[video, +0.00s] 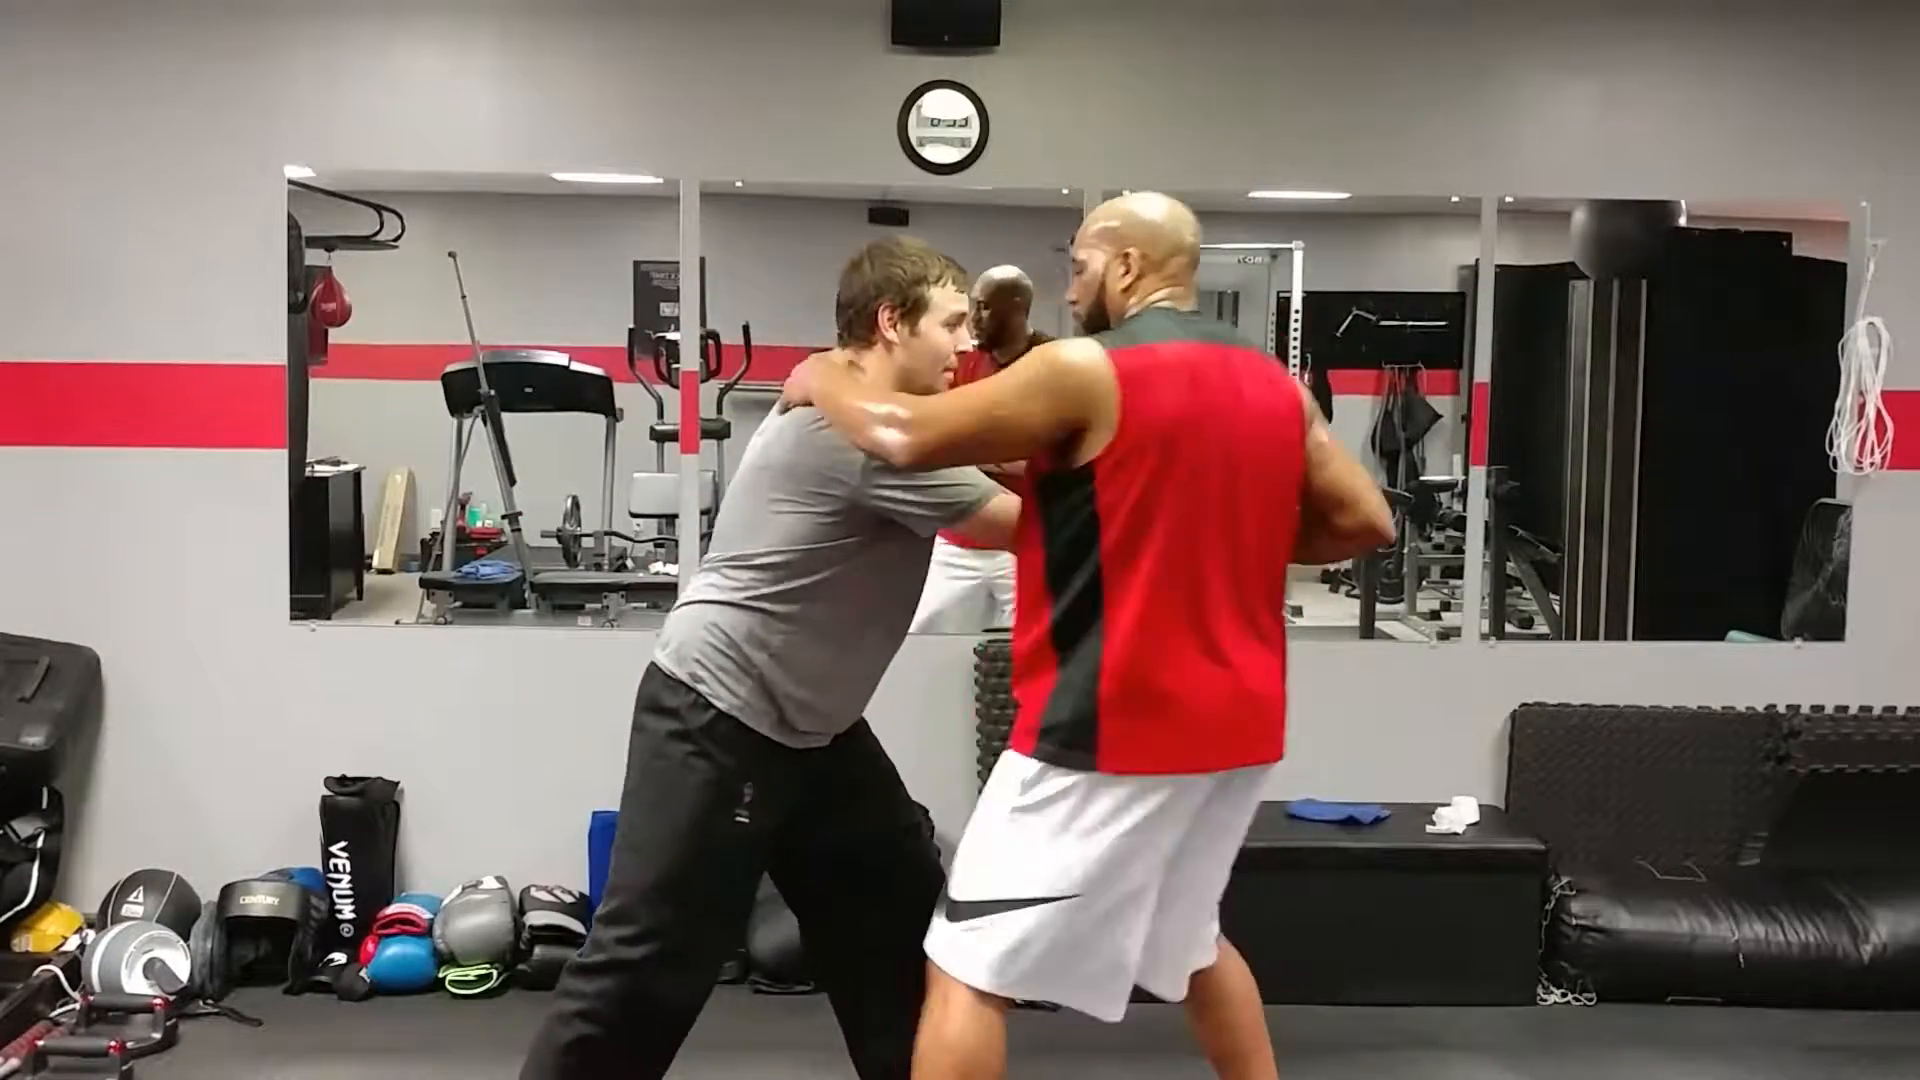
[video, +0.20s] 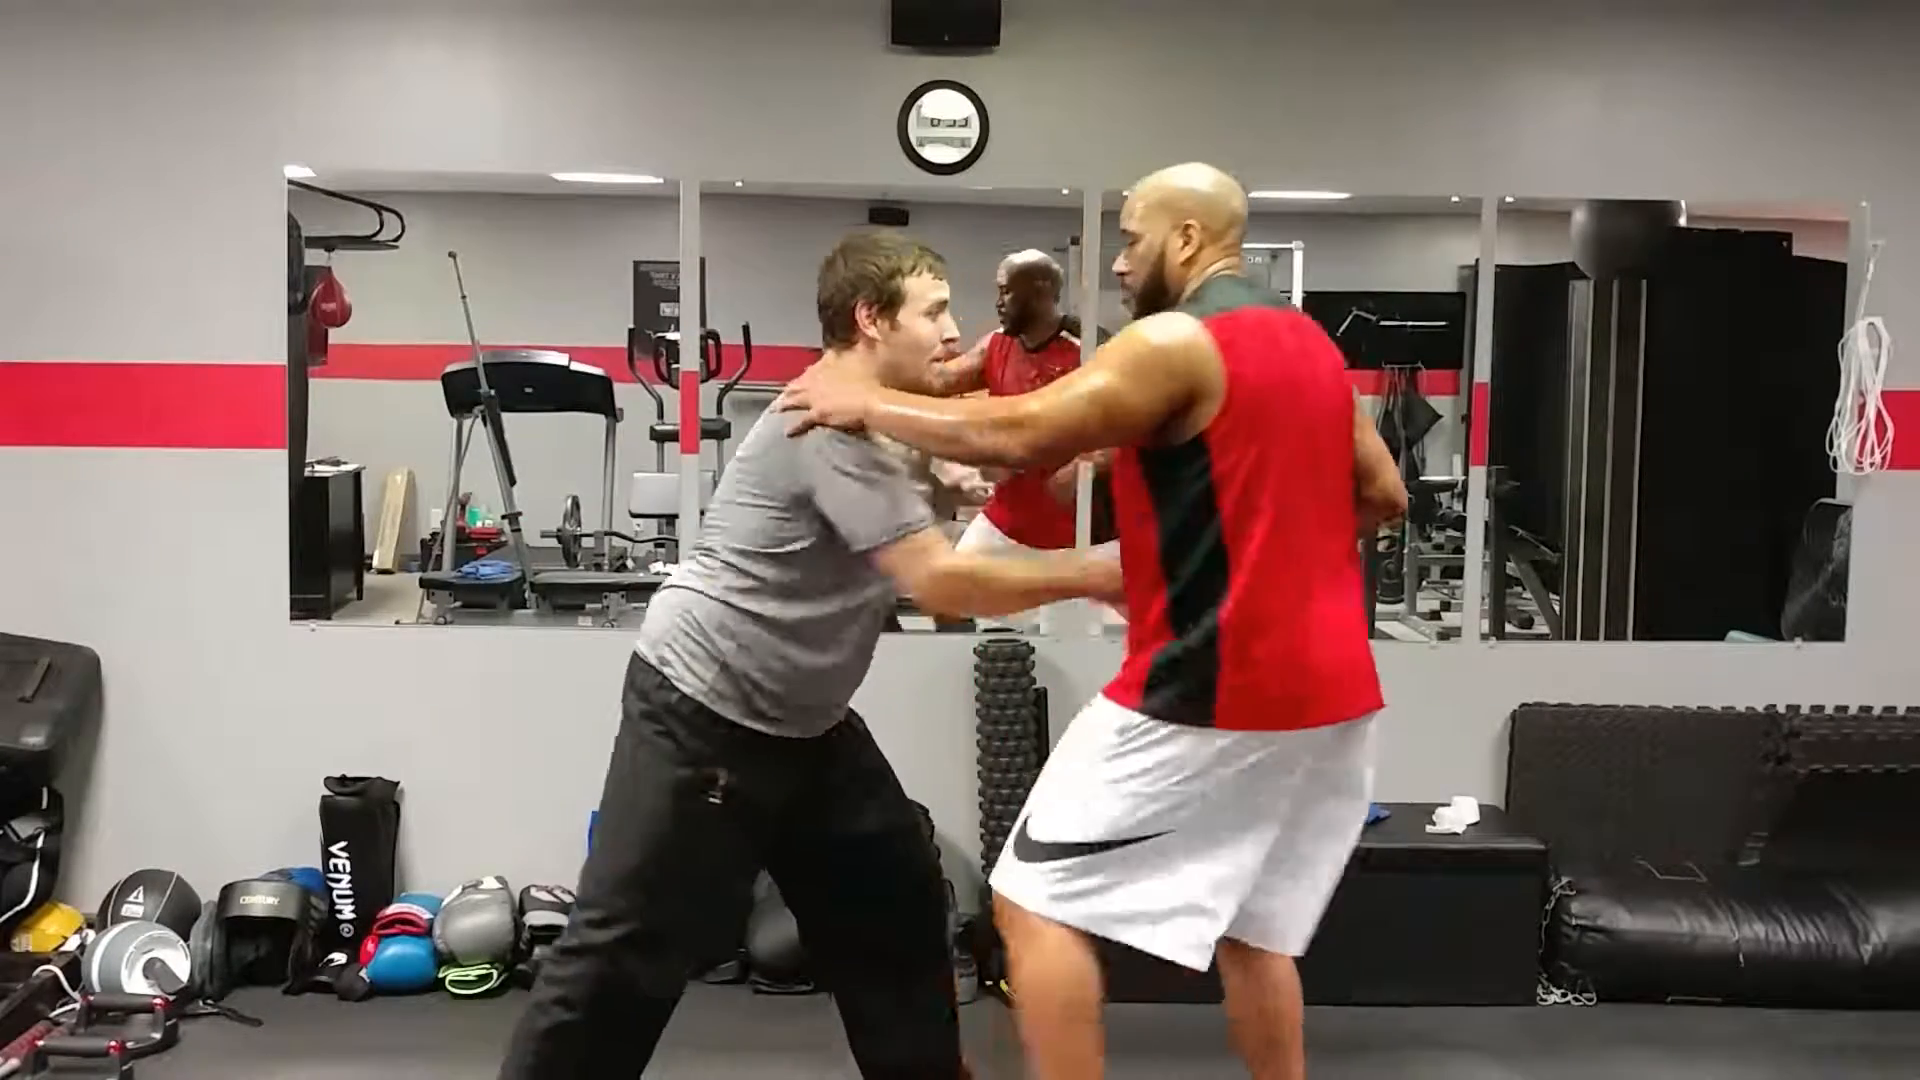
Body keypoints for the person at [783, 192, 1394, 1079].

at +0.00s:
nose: (1071, 280)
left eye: (1079, 263)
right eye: (1073, 263)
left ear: (1125, 267)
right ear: (1182, 272)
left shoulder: (1083, 370)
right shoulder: (1273, 383)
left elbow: (906, 436)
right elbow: (1364, 522)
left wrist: (827, 382)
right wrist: (1243, 534)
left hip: (1101, 724)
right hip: (1241, 721)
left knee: (968, 969)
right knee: (1191, 937)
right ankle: (1258, 1076)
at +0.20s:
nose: (1121, 263)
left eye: (1133, 241)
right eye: (1123, 242)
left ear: (1187, 240)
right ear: (1214, 244)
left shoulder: (1171, 347)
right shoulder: (1309, 345)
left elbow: (1017, 429)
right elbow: (1385, 495)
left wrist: (867, 404)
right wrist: (1281, 546)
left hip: (1200, 683)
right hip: (1336, 685)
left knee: (1033, 899)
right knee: (1258, 934)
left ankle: (1071, 1074)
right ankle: (1284, 1079)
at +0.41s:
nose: (1146, 252)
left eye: (1161, 230)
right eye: (1149, 231)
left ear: (1223, 233)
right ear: (1240, 238)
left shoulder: (1218, 344)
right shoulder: (1313, 327)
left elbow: (1078, 459)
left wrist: (922, 492)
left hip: (1254, 691)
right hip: (1341, 679)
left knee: (1169, 935)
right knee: (1266, 925)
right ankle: (1286, 1078)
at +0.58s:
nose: (1159, 275)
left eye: (1175, 256)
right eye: (1161, 256)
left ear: (1241, 257)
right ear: (1256, 260)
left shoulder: (1248, 374)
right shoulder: (1329, 348)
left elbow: (1182, 549)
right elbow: (1314, 518)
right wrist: (1212, 599)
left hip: (1294, 717)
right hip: (1377, 704)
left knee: (1210, 953)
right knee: (1312, 956)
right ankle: (1359, 1076)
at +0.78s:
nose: (1198, 283)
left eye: (1214, 264)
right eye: (1199, 264)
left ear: (1278, 268)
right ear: (1288, 270)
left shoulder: (1310, 388)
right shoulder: (1348, 356)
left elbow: (1363, 568)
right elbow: (1374, 552)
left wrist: (1272, 708)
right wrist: (1272, 698)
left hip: (1347, 718)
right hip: (1408, 710)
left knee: (1216, 927)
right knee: (1374, 928)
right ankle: (1431, 1072)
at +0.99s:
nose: (1225, 272)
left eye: (1242, 254)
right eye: (1228, 253)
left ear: (1305, 262)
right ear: (1316, 264)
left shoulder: (1310, 369)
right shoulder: (1365, 344)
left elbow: (1305, 549)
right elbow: (1384, 526)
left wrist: (1245, 626)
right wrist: (1283, 613)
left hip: (1360, 697)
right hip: (1436, 685)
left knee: (1260, 927)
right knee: (1383, 907)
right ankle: (1435, 1071)